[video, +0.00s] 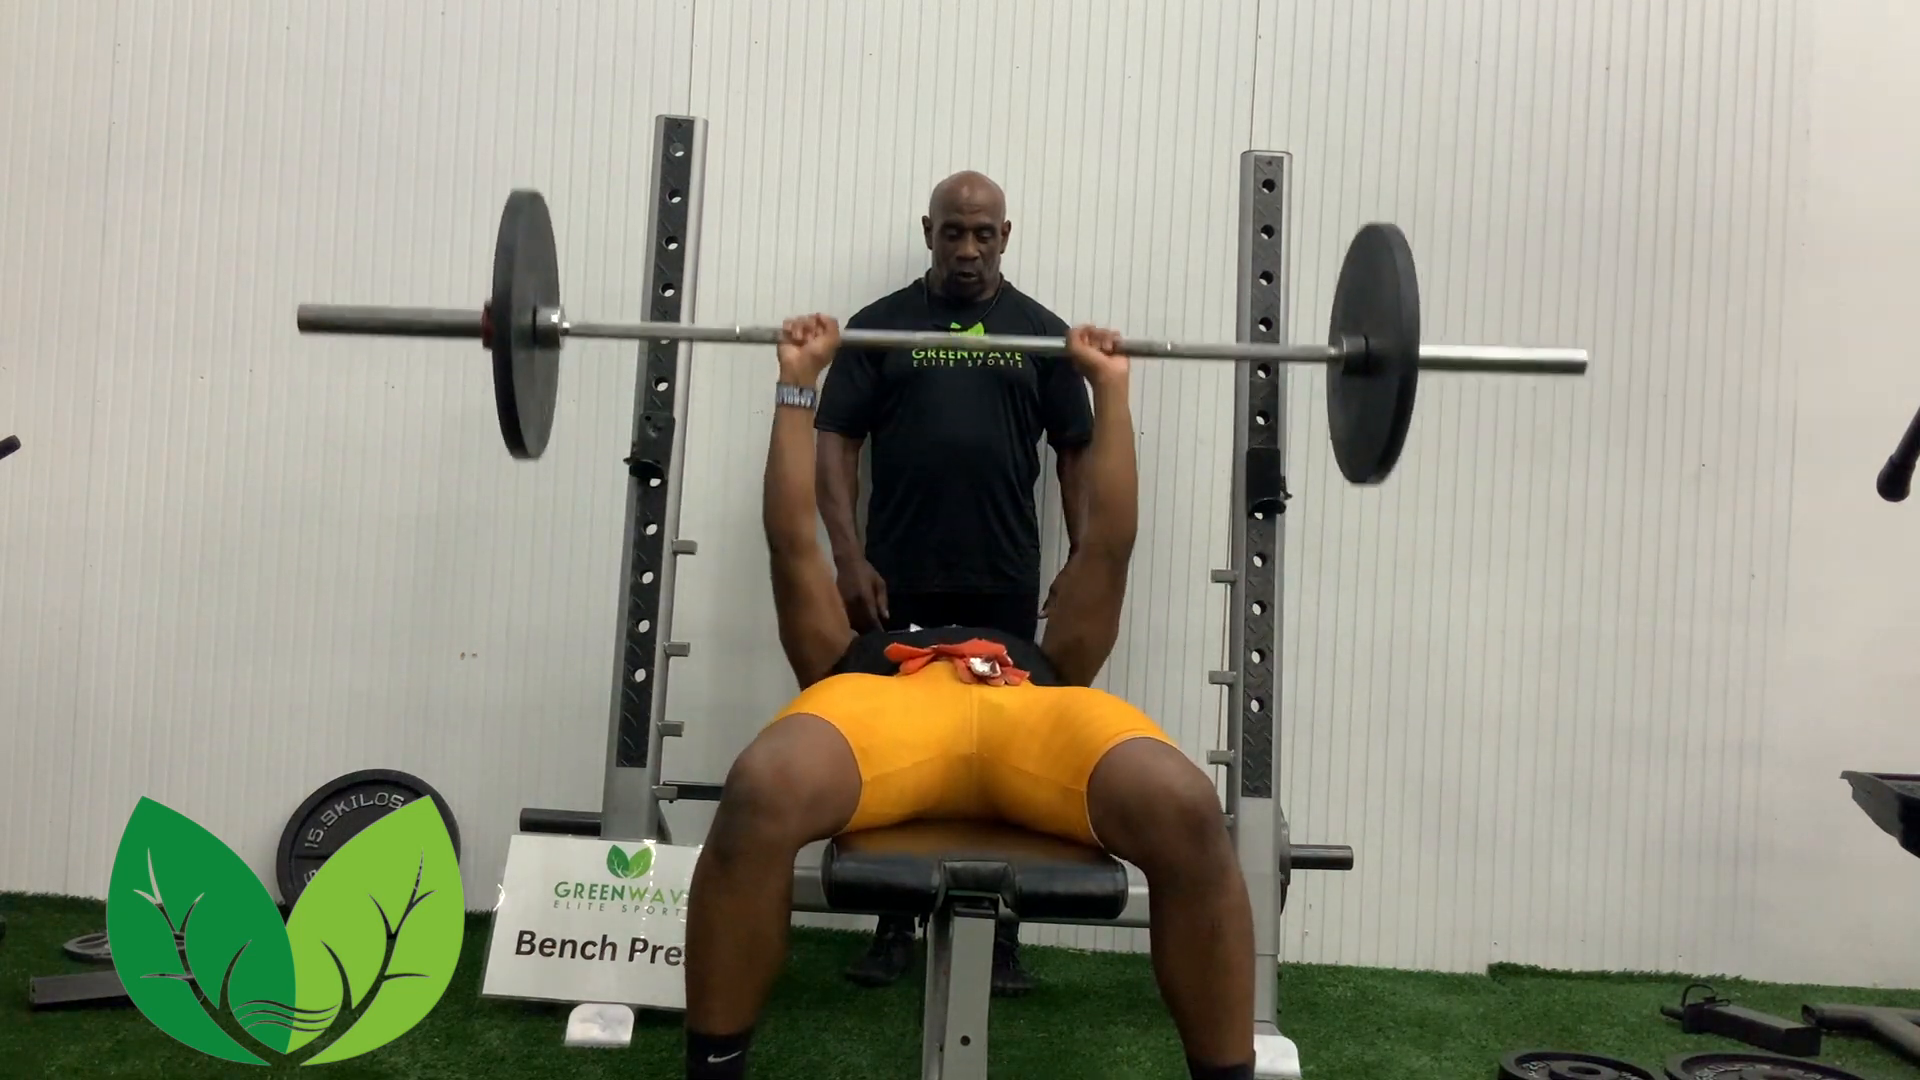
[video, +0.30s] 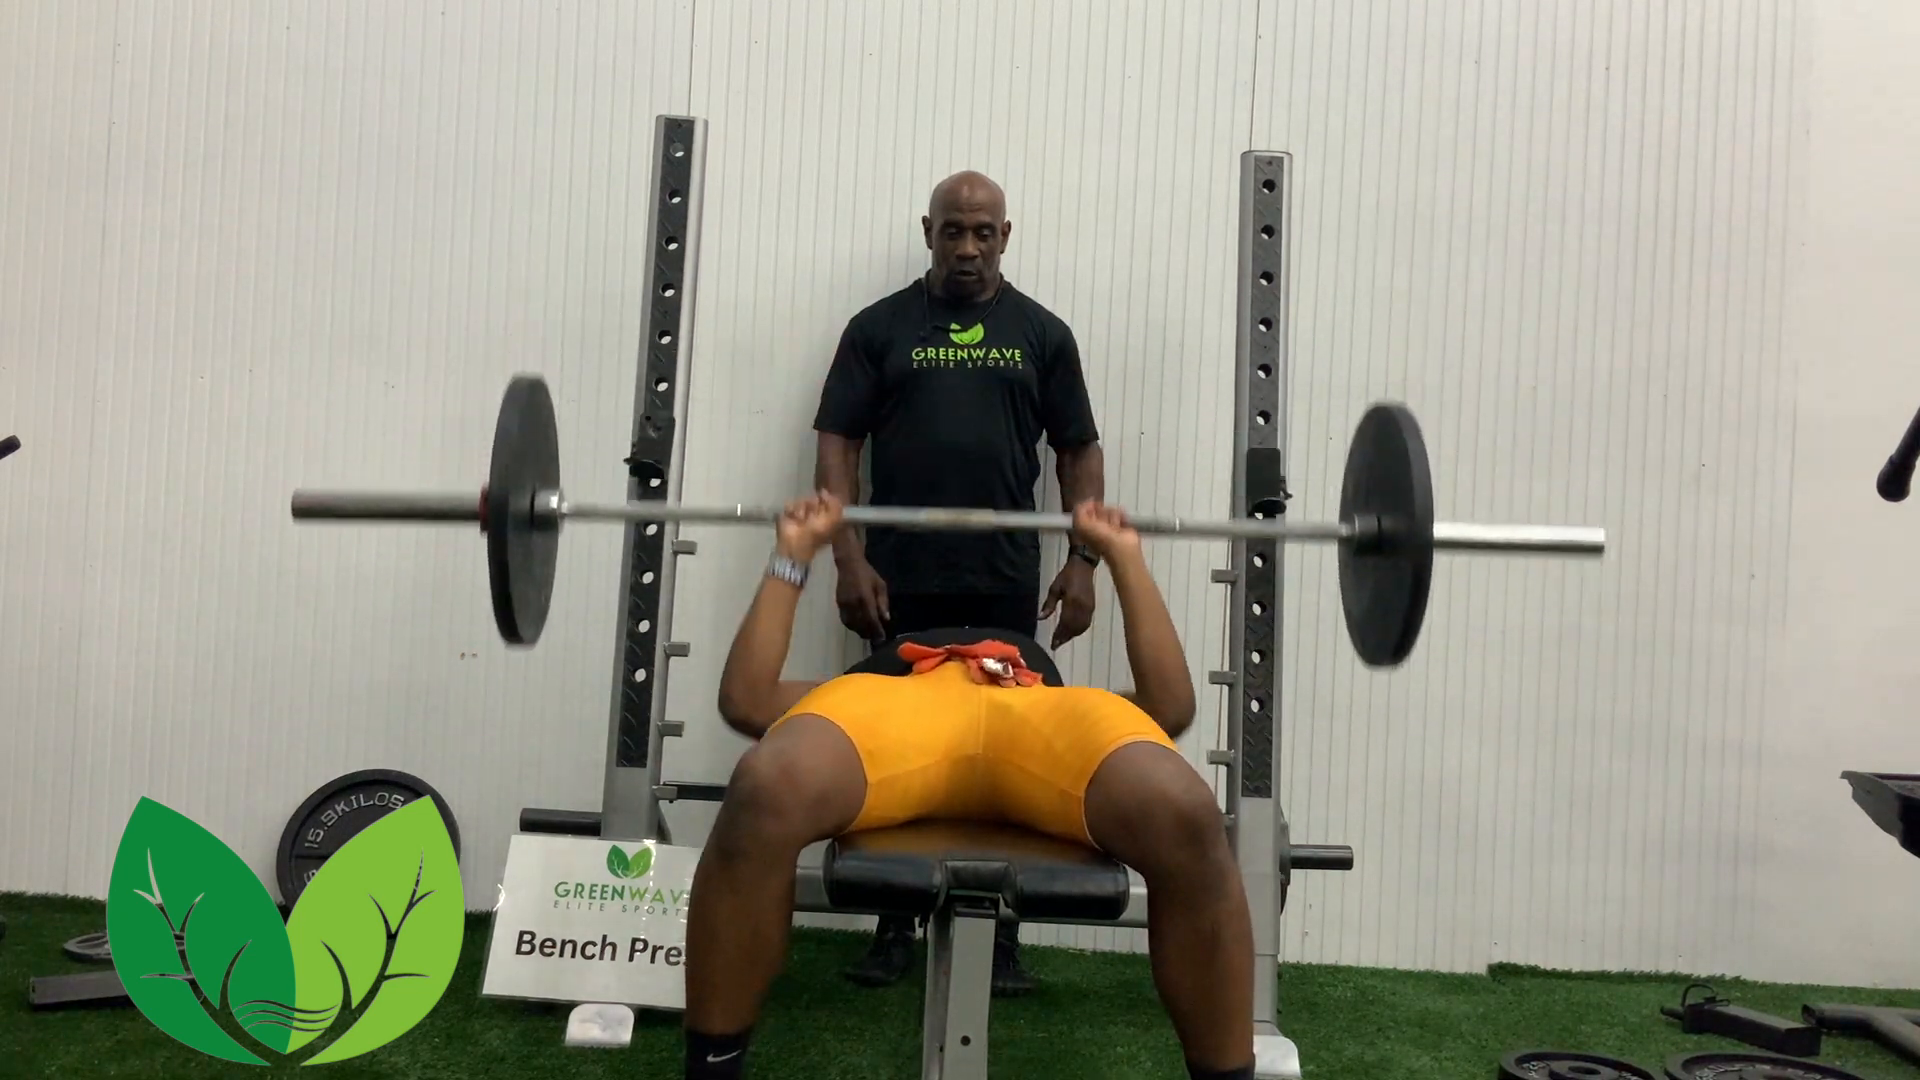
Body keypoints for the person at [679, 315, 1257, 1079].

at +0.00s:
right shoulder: (849, 662)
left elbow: (1106, 543)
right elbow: (794, 539)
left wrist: (1112, 385)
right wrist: (797, 388)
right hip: (879, 698)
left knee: (1187, 810)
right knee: (758, 790)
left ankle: (1229, 1072)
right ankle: (714, 1067)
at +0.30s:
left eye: (1004, 657)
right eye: (942, 655)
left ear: (1024, 670)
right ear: (922, 664)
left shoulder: (1050, 685)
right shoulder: (875, 682)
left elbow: (1171, 708)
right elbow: (745, 700)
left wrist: (1125, 555)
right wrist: (790, 559)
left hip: (1043, 706)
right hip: (895, 698)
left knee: (1189, 820)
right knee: (760, 793)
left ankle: (1226, 1073)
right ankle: (712, 1066)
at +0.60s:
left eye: (996, 650)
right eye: (947, 647)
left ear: (1019, 663)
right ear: (923, 651)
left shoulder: (1053, 707)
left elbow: (1164, 761)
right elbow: (737, 766)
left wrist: (1120, 619)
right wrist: (785, 626)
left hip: (1049, 710)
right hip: (892, 692)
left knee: (1182, 818)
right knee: (760, 795)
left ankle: (1228, 1070)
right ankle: (711, 1067)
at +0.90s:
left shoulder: (1064, 691)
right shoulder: (859, 684)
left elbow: (1149, 611)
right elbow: (761, 595)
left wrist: (1128, 453)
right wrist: (796, 451)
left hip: (1040, 708)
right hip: (890, 702)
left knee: (1179, 817)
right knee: (759, 789)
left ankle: (1224, 1070)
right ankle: (716, 1064)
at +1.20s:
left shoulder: (1063, 678)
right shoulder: (855, 672)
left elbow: (1127, 564)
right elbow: (799, 544)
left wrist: (1133, 411)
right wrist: (815, 405)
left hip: (1047, 708)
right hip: (888, 698)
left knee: (1179, 814)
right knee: (761, 786)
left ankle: (1227, 1072)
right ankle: (712, 1068)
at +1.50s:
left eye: (999, 655)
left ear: (1028, 671)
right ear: (921, 648)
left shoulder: (1056, 700)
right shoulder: (885, 689)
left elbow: (1171, 772)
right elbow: (763, 754)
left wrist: (1136, 620)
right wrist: (803, 612)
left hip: (1053, 707)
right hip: (890, 698)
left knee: (1178, 823)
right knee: (761, 789)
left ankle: (1223, 1072)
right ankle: (711, 1066)